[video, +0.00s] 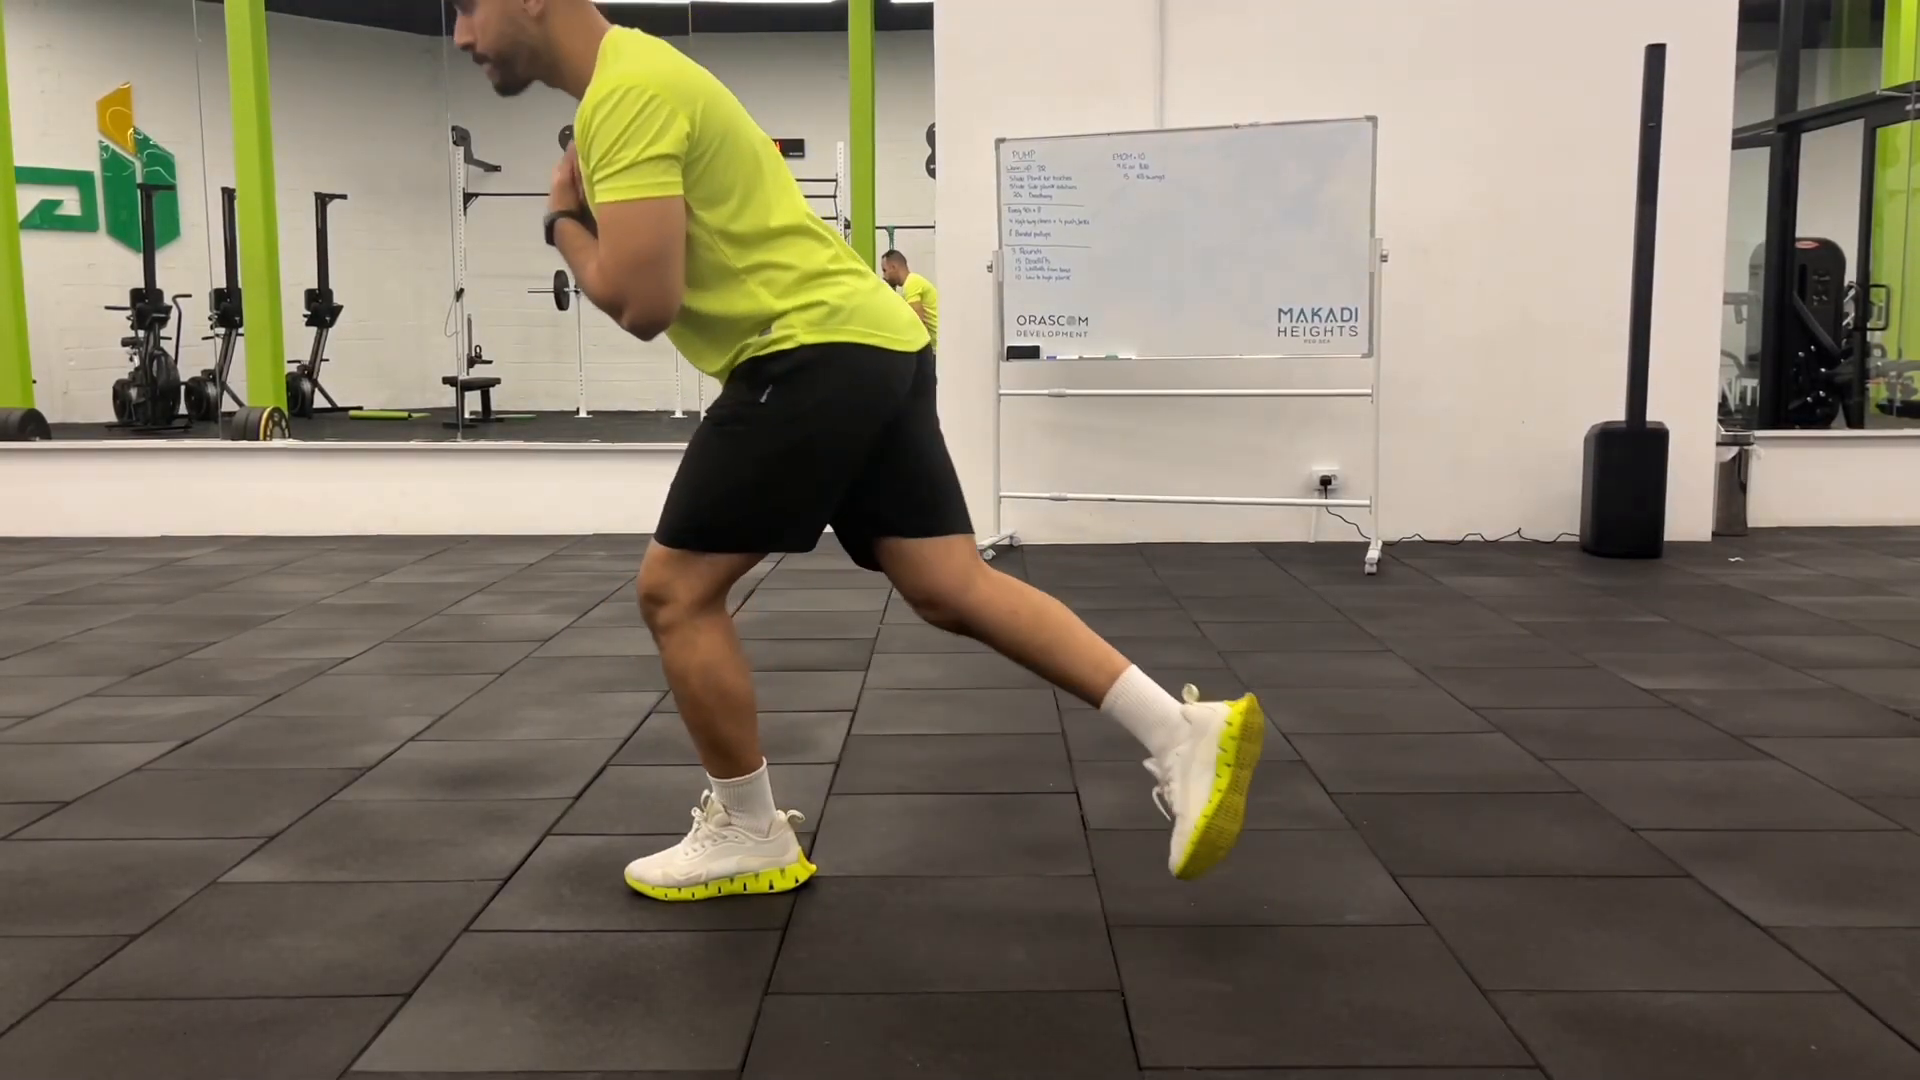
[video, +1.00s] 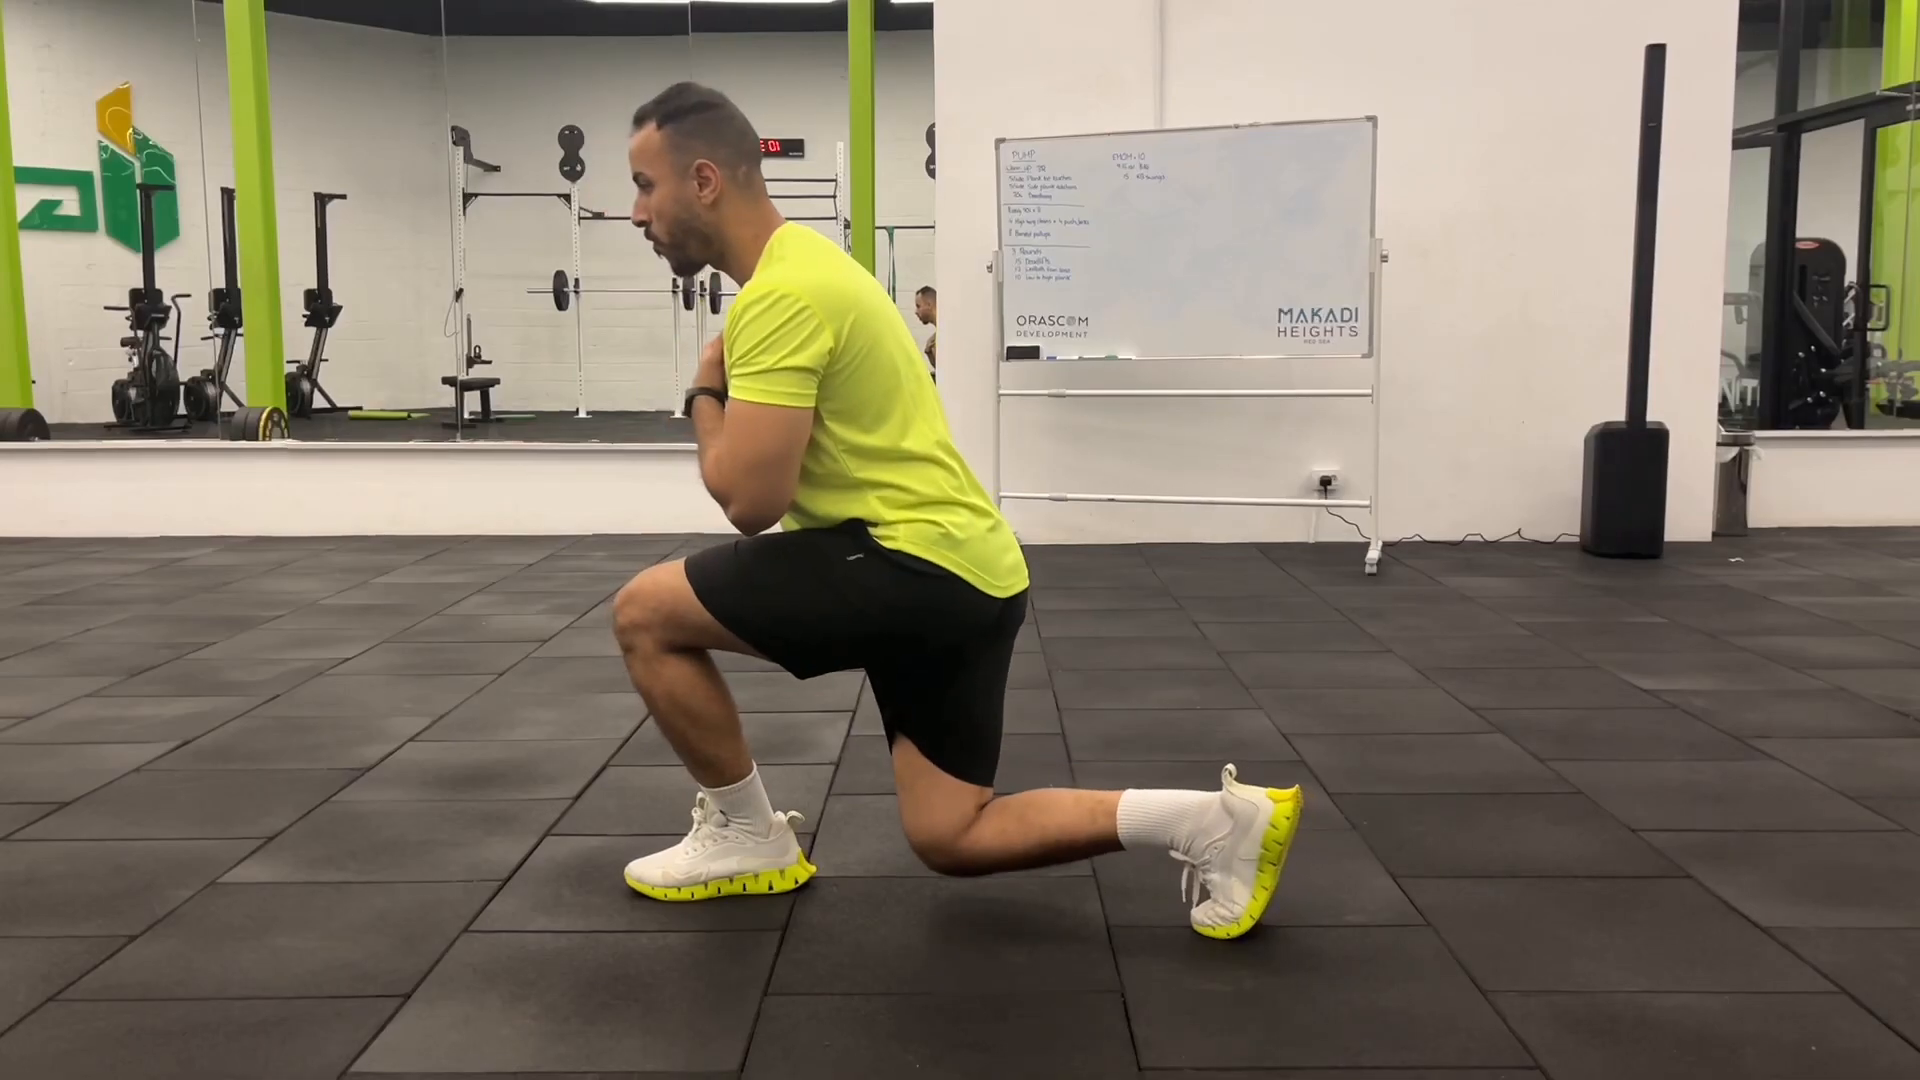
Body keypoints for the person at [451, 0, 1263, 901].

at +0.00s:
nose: (460, 36)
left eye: (467, 9)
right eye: (455, 17)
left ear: (530, 1)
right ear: (543, 8)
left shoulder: (632, 89)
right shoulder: (641, 79)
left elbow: (641, 302)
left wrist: (561, 223)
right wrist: (590, 223)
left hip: (807, 357)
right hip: (877, 342)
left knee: (678, 592)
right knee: (950, 583)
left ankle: (747, 830)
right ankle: (1181, 730)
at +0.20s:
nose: (512, 116)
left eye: (518, 87)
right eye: (507, 93)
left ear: (580, 72)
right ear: (589, 72)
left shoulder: (679, 169)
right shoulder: (700, 155)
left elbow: (681, 377)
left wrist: (609, 297)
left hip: (853, 426)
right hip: (926, 422)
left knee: (651, 605)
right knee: (975, 673)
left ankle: (745, 831)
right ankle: (1231, 817)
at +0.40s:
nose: (564, 175)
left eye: (572, 148)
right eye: (560, 151)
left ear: (634, 134)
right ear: (645, 135)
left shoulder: (725, 233)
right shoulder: (744, 217)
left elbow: (711, 447)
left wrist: (654, 360)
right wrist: (684, 370)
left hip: (882, 494)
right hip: (949, 497)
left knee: (641, 613)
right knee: (970, 761)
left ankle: (747, 830)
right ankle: (1249, 831)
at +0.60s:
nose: (593, 200)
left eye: (602, 174)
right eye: (590, 176)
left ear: (665, 165)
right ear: (674, 165)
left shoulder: (753, 266)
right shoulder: (771, 248)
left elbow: (731, 479)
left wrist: (676, 384)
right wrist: (700, 391)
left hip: (893, 530)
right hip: (957, 537)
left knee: (639, 617)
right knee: (952, 805)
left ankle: (745, 835)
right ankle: (1226, 823)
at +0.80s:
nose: (619, 210)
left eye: (627, 184)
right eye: (616, 187)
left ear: (689, 178)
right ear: (696, 178)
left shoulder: (773, 286)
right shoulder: (800, 266)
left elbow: (741, 497)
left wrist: (691, 397)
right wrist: (722, 401)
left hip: (899, 551)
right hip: (965, 558)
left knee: (641, 616)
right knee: (949, 825)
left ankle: (745, 836)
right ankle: (1216, 823)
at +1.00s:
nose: (635, 213)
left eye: (644, 186)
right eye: (634, 189)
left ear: (706, 181)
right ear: (709, 181)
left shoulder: (785, 290)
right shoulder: (819, 271)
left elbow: (750, 499)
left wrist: (704, 400)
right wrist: (732, 404)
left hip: (906, 560)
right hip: (974, 567)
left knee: (646, 614)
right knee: (948, 831)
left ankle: (745, 835)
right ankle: (1215, 820)